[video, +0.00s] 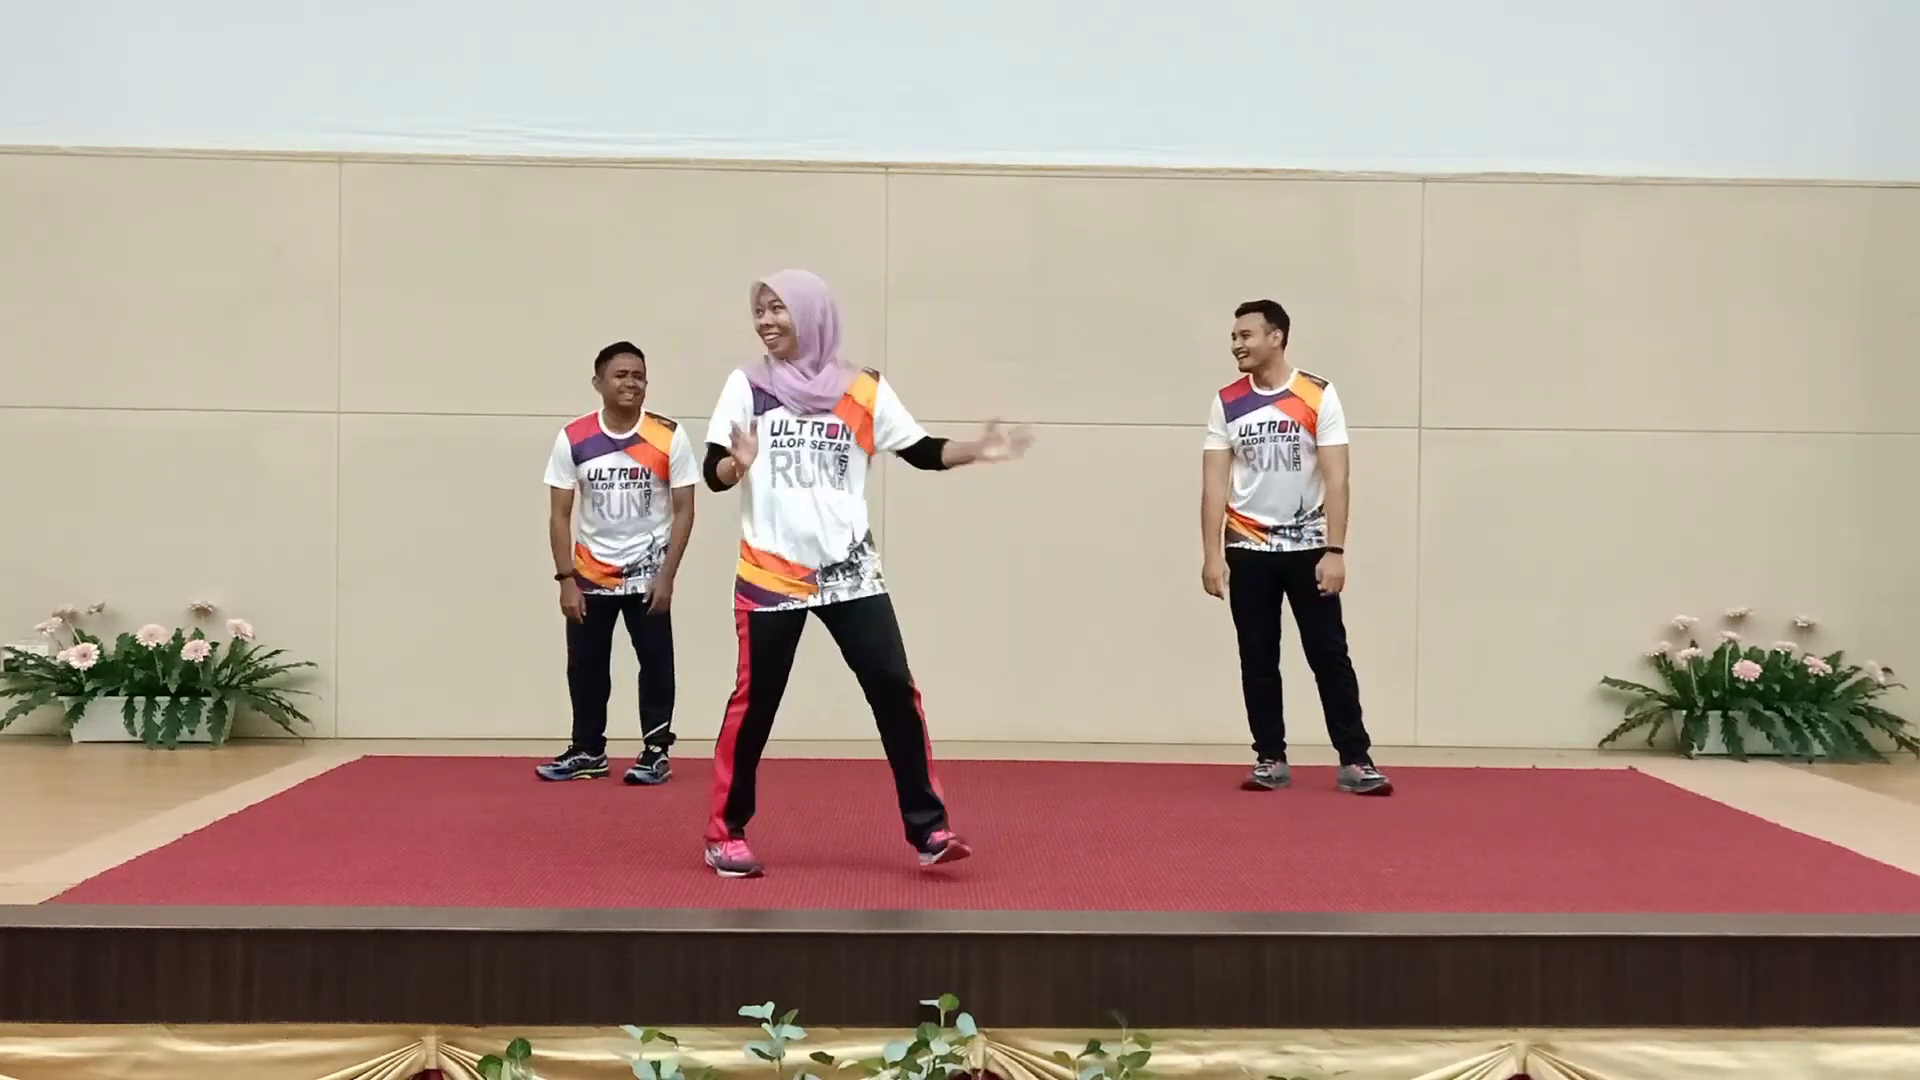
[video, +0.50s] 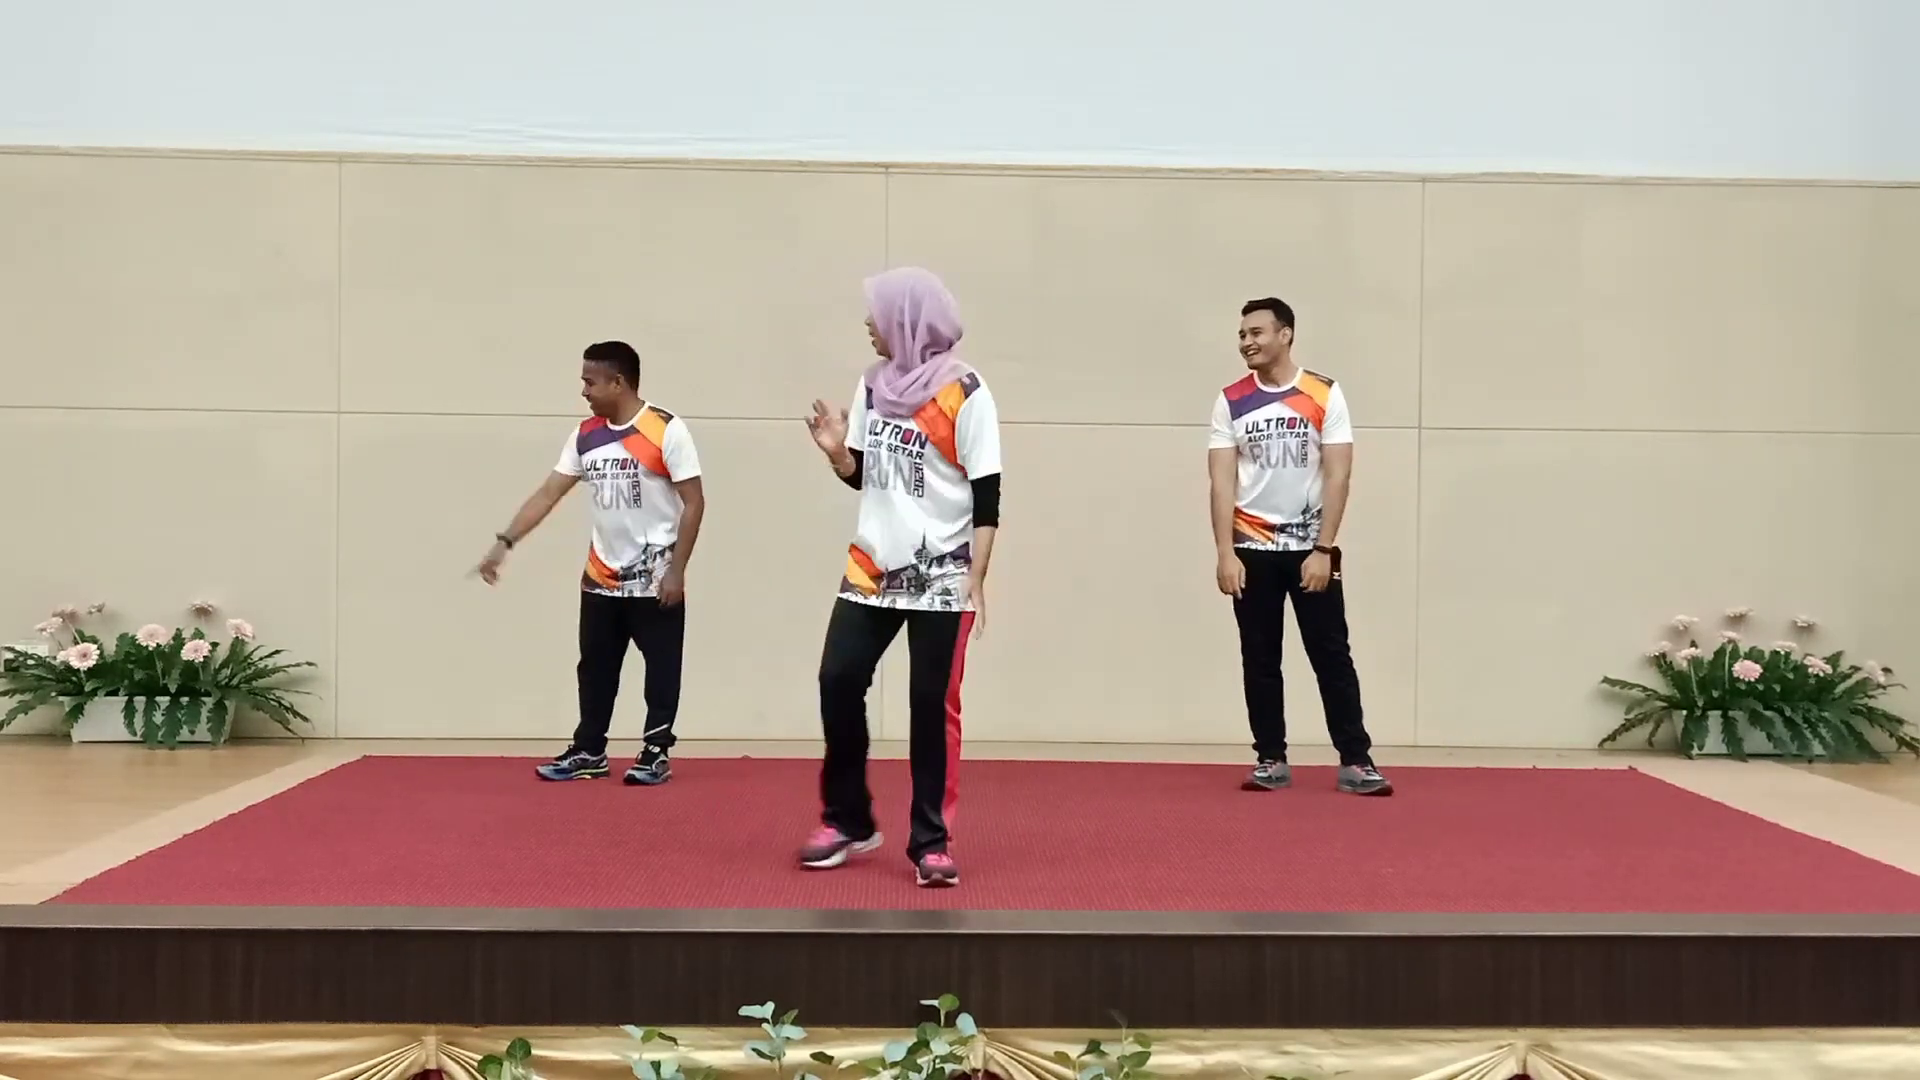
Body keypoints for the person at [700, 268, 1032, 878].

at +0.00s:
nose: (766, 321)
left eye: (777, 308)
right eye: (760, 312)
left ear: (813, 312)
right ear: (757, 322)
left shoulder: (861, 388)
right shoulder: (746, 389)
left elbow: (919, 449)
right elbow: (714, 475)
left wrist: (974, 448)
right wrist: (737, 465)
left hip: (849, 570)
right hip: (772, 572)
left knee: (895, 688)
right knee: (755, 702)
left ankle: (928, 829)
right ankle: (725, 834)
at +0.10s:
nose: (796, 331)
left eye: (805, 319)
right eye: (795, 320)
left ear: (843, 322)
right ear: (810, 326)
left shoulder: (904, 399)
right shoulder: (786, 398)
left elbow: (954, 469)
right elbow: (755, 488)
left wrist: (1005, 521)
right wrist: (765, 447)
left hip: (879, 581)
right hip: (799, 578)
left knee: (903, 706)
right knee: (771, 706)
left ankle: (928, 846)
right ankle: (729, 833)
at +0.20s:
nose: (812, 328)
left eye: (822, 318)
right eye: (813, 317)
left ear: (860, 325)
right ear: (838, 326)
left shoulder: (922, 398)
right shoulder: (809, 398)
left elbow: (966, 478)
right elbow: (786, 488)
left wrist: (1006, 550)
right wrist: (783, 453)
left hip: (896, 575)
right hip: (817, 573)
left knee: (914, 704)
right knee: (786, 699)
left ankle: (930, 845)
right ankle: (733, 830)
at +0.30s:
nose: (844, 325)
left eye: (854, 315)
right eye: (847, 314)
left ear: (886, 322)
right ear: (876, 323)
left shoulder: (948, 396)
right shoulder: (846, 390)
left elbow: (976, 488)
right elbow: (830, 481)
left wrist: (988, 569)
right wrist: (813, 445)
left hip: (924, 574)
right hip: (848, 570)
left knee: (925, 705)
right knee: (807, 692)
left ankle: (931, 845)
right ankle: (764, 827)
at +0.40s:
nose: (856, 325)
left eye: (866, 315)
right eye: (859, 315)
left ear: (899, 322)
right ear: (887, 322)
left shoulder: (958, 395)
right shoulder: (859, 389)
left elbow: (981, 489)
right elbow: (846, 477)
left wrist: (983, 573)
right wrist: (824, 444)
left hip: (934, 572)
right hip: (861, 568)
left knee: (929, 706)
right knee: (823, 686)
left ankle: (930, 845)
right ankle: (798, 825)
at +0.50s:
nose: (870, 329)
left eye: (879, 318)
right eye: (872, 318)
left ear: (910, 321)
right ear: (899, 322)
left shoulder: (967, 394)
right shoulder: (871, 387)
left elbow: (986, 489)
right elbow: (865, 480)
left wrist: (976, 575)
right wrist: (837, 452)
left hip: (944, 575)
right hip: (872, 570)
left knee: (931, 704)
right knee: (837, 682)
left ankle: (931, 843)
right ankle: (850, 822)